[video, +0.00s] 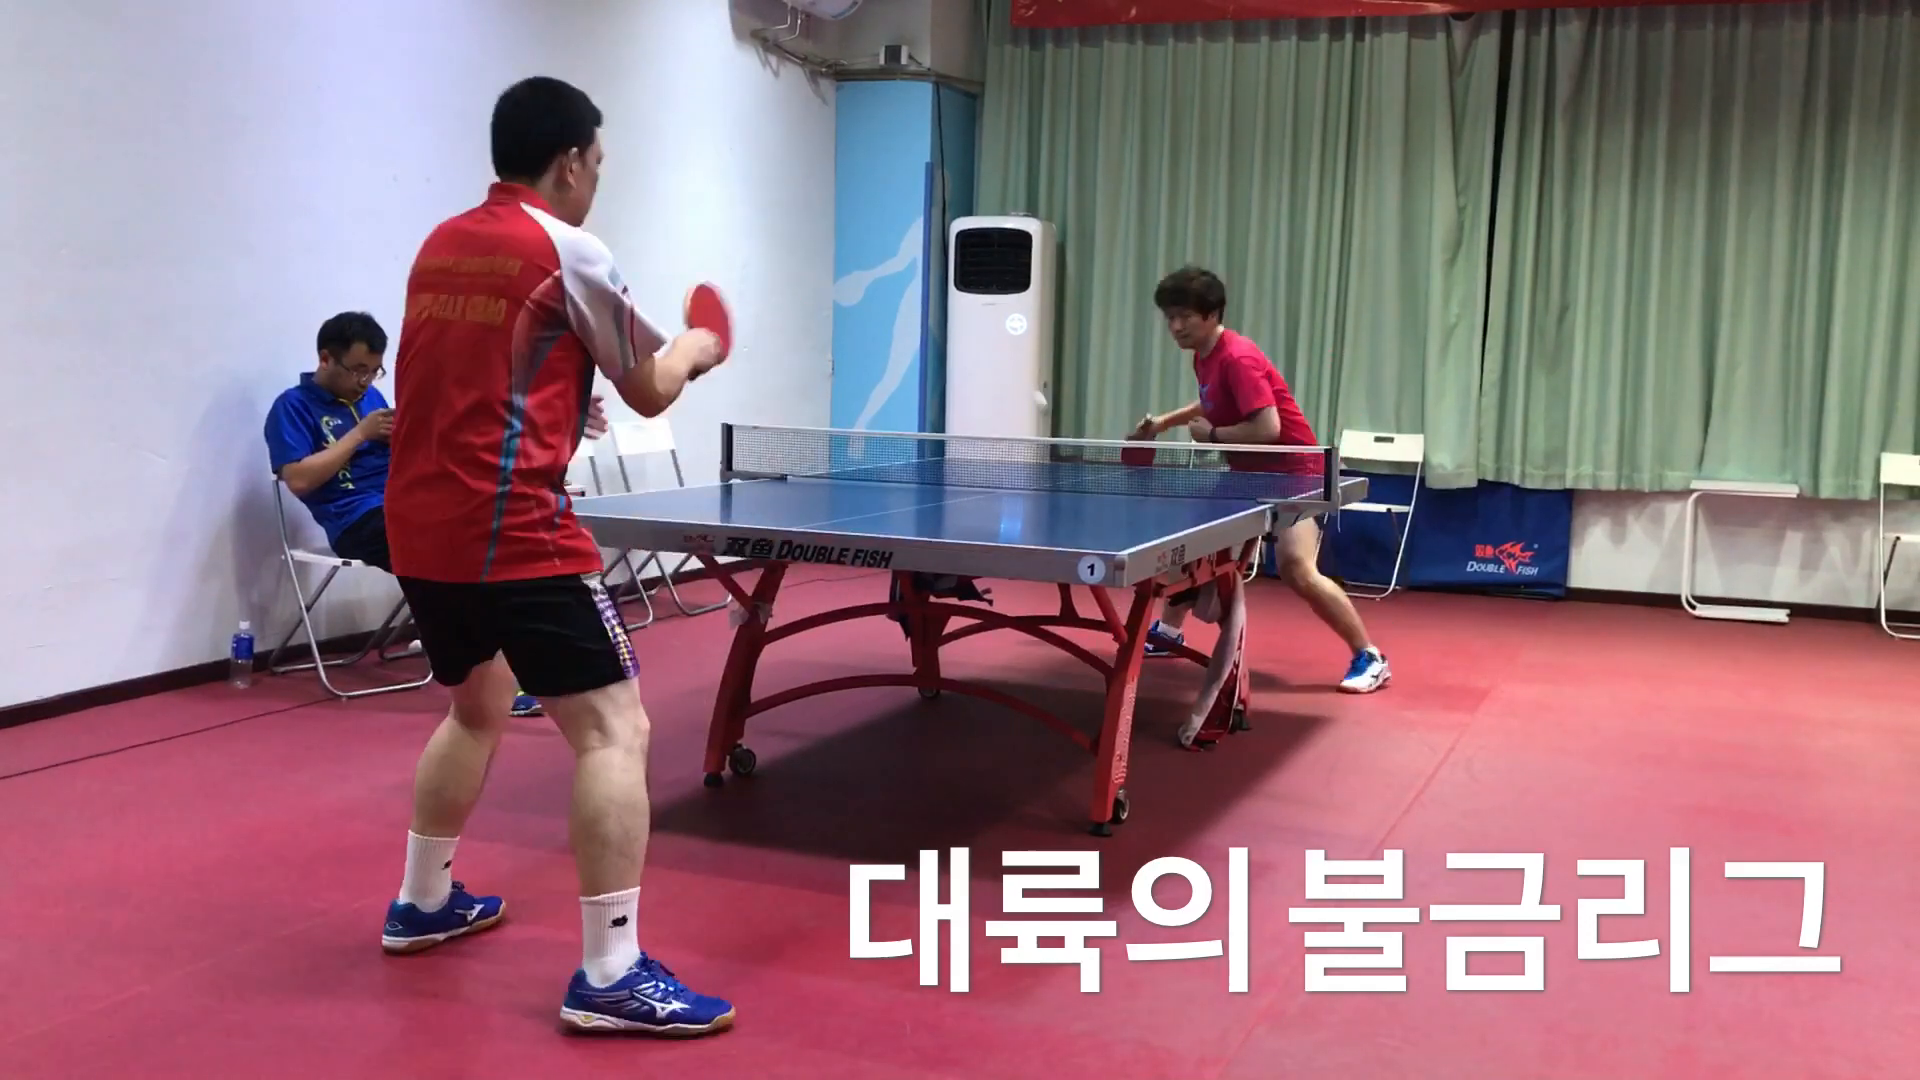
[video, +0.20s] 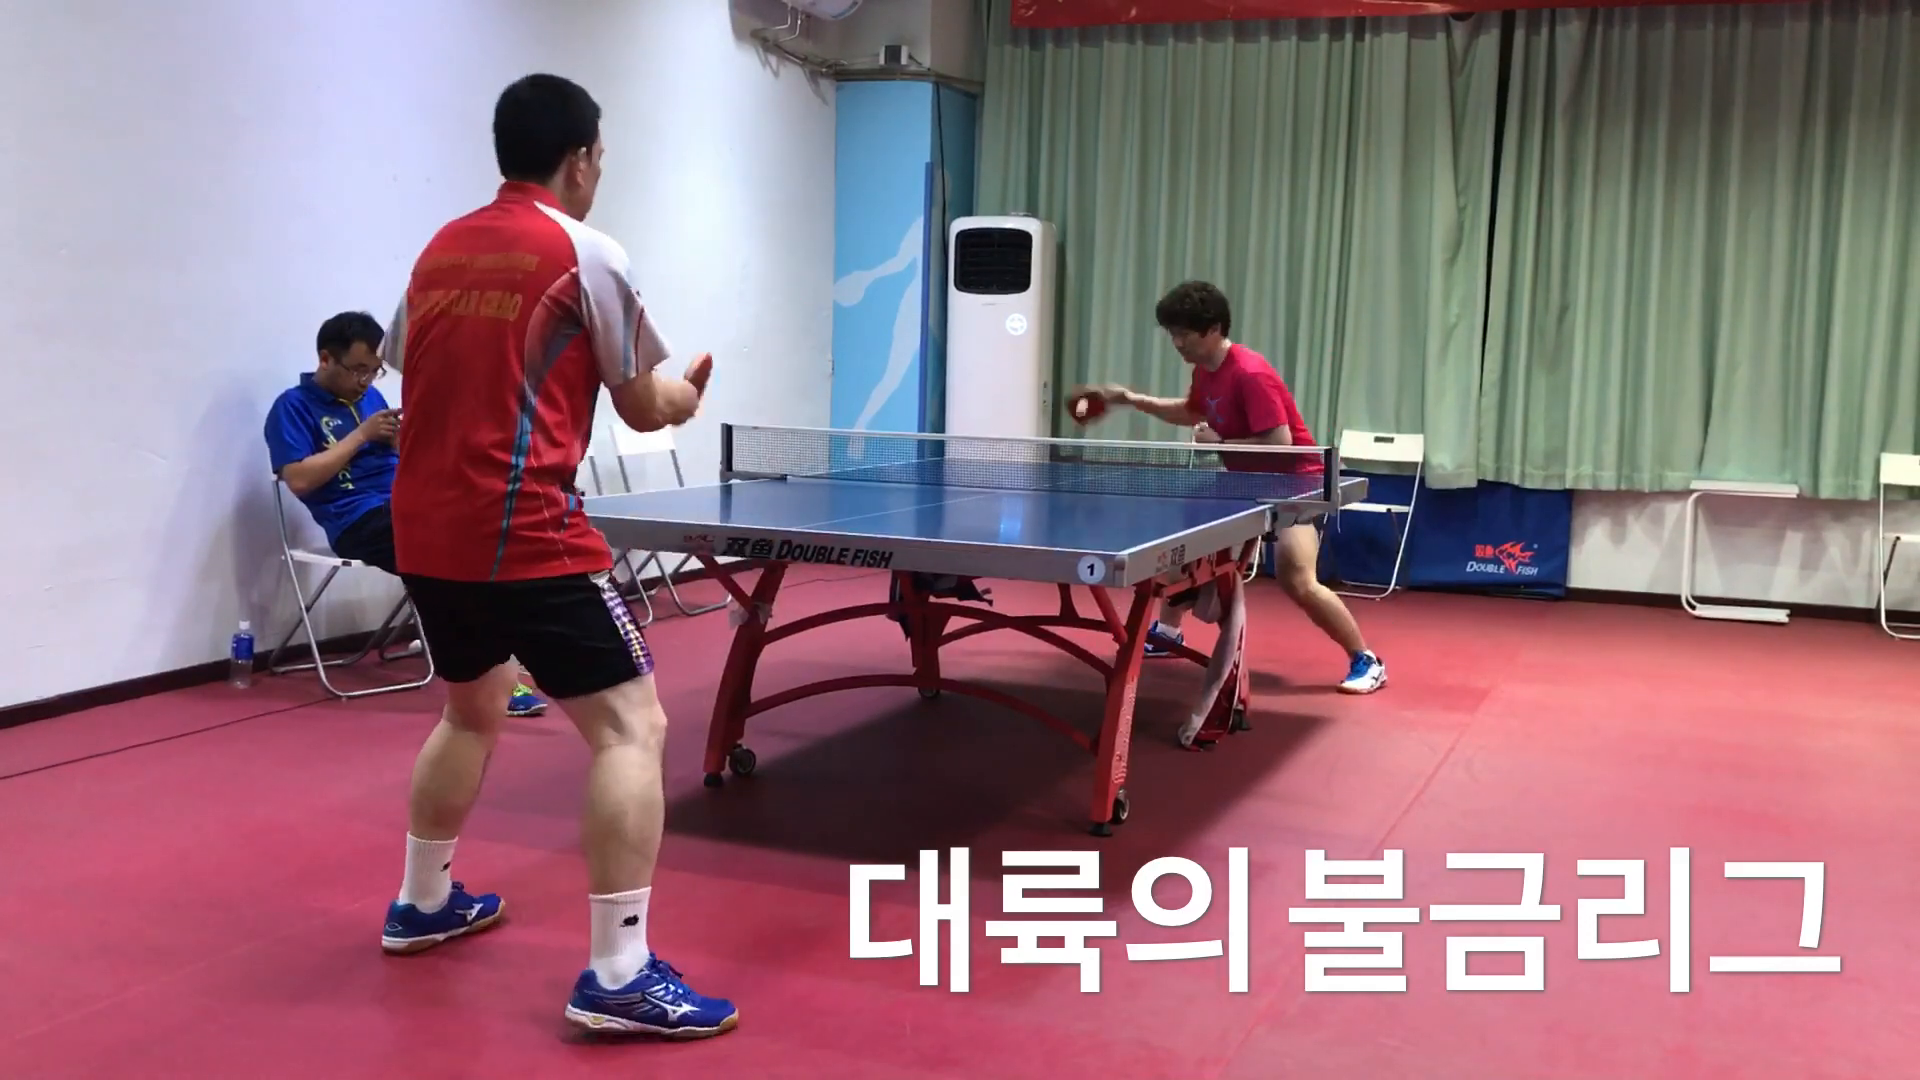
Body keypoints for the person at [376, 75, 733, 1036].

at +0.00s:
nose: (597, 177)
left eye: (594, 160)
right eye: (596, 160)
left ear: (503, 158)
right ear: (573, 161)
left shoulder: (439, 244)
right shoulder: (568, 255)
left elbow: (457, 385)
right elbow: (650, 390)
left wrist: (573, 395)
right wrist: (693, 343)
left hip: (421, 533)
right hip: (519, 534)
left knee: (480, 707)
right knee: (611, 726)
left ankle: (422, 900)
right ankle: (611, 971)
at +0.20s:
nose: (598, 173)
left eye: (595, 157)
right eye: (597, 157)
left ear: (505, 156)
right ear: (578, 160)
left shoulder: (437, 248)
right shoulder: (584, 255)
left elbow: (418, 382)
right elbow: (648, 409)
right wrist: (682, 393)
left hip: (426, 537)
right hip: (528, 536)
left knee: (471, 713)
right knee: (628, 725)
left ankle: (421, 900)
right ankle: (618, 973)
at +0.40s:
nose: (656, 207)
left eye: (656, 190)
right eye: (654, 190)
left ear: (564, 188)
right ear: (631, 194)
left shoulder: (511, 267)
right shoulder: (589, 283)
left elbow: (575, 453)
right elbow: (634, 454)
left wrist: (681, 489)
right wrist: (737, 510)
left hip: (435, 559)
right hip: (524, 569)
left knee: (481, 714)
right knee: (646, 741)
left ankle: (407, 901)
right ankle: (617, 984)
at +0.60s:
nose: (670, 216)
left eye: (670, 199)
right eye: (663, 197)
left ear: (596, 196)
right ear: (618, 198)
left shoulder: (532, 265)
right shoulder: (572, 278)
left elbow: (540, 426)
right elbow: (577, 435)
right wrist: (726, 441)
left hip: (434, 554)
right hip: (504, 564)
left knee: (486, 718)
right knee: (634, 738)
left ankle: (409, 901)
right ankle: (616, 985)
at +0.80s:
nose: (625, 179)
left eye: (625, 162)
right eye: (623, 162)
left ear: (530, 159)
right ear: (596, 162)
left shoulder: (465, 244)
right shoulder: (591, 252)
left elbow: (474, 374)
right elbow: (677, 386)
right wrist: (721, 341)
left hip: (419, 529)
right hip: (521, 537)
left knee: (447, 705)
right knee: (616, 728)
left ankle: (406, 899)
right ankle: (612, 977)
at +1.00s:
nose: (616, 192)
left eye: (614, 178)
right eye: (615, 179)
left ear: (518, 179)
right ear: (598, 184)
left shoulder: (458, 266)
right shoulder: (612, 281)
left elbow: (423, 391)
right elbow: (698, 424)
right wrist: (706, 380)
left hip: (428, 544)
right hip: (540, 554)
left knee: (448, 703)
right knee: (646, 743)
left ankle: (408, 898)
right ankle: (609, 979)